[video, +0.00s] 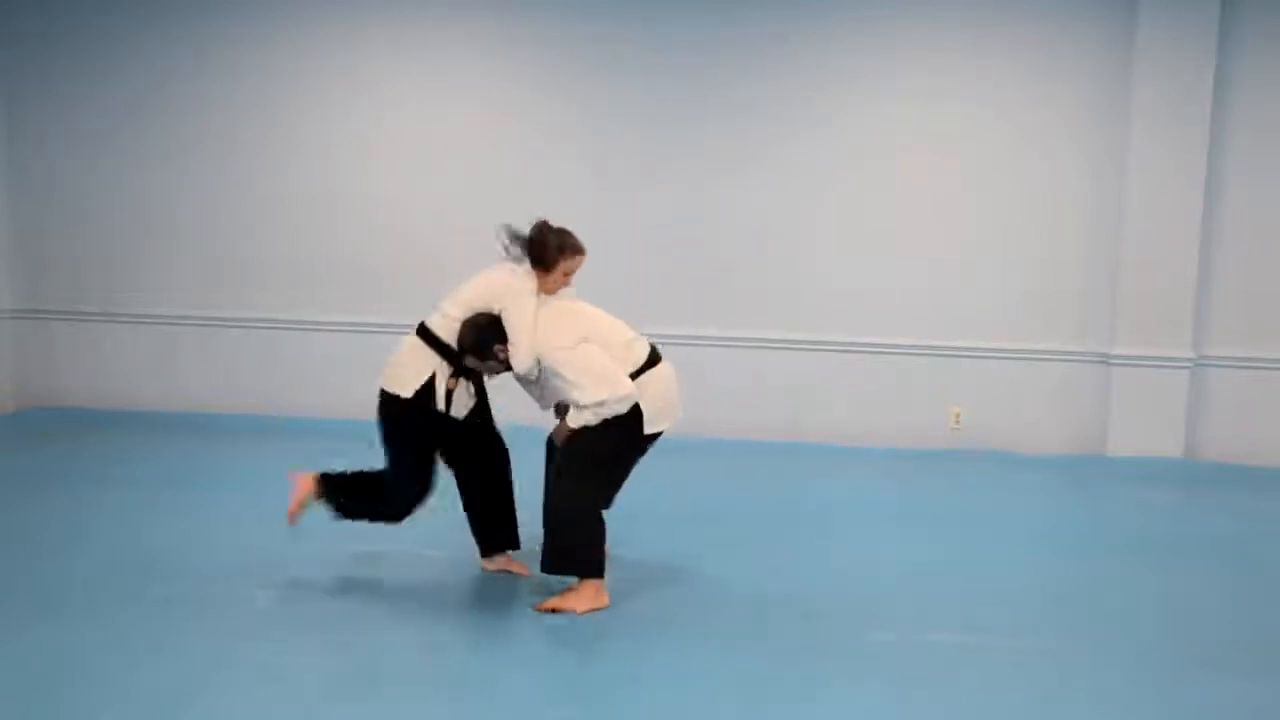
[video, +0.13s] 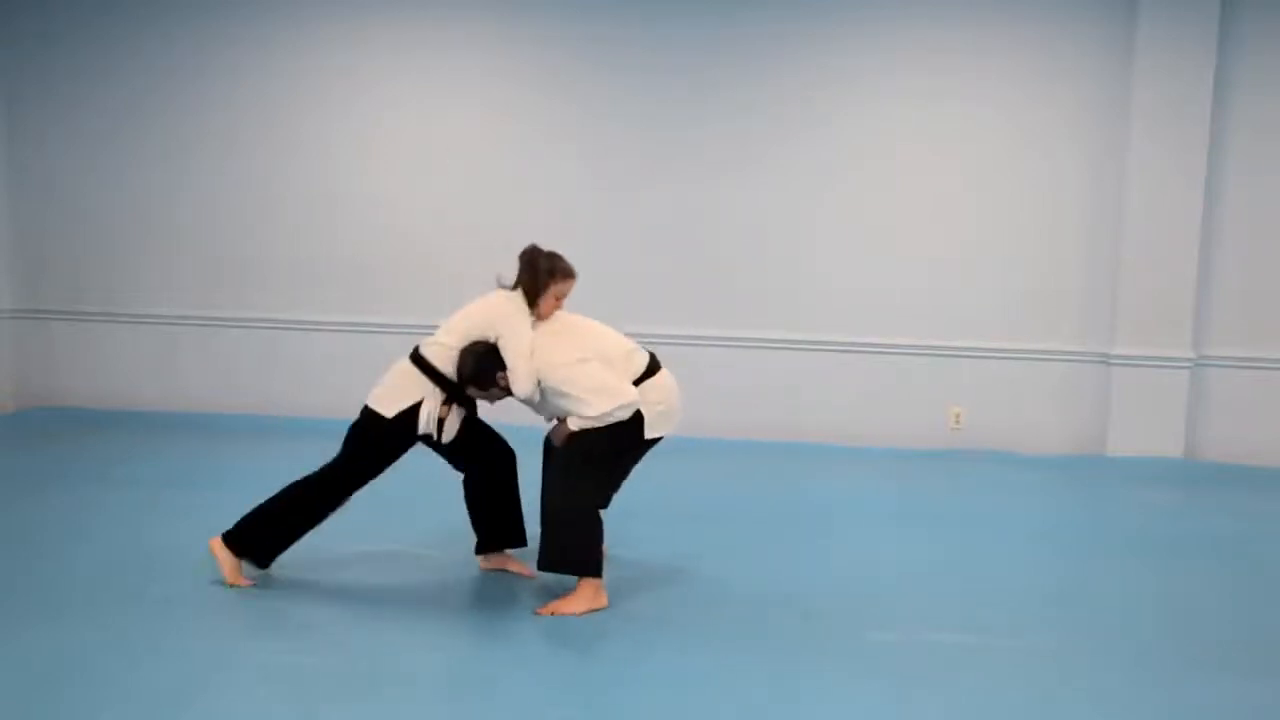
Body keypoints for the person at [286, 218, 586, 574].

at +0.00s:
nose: (571, 282)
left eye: (574, 273)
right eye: (567, 274)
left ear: (546, 264)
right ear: (546, 267)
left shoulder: (527, 287)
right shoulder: (514, 286)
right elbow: (524, 363)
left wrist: (560, 402)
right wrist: (551, 398)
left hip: (460, 388)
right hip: (415, 384)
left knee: (487, 461)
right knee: (405, 491)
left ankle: (495, 553)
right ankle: (320, 487)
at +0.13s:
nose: (562, 306)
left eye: (565, 298)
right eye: (559, 297)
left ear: (537, 287)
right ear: (538, 288)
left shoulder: (514, 308)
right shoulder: (511, 311)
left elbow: (516, 380)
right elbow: (522, 387)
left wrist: (560, 407)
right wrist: (556, 410)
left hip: (439, 405)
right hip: (407, 399)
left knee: (494, 457)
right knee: (340, 479)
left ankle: (494, 550)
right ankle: (233, 544)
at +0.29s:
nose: (549, 305)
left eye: (552, 297)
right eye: (546, 296)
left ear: (521, 291)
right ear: (520, 290)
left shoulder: (497, 321)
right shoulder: (500, 322)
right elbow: (517, 395)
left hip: (444, 421)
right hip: (410, 417)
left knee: (506, 461)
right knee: (338, 489)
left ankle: (500, 553)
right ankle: (229, 549)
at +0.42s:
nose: (550, 256)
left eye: (551, 248)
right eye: (545, 248)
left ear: (519, 247)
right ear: (518, 247)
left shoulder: (504, 281)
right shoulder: (507, 283)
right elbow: (510, 360)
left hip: (466, 393)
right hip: (429, 391)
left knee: (511, 459)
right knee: (387, 490)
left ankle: (501, 553)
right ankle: (282, 533)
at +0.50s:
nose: (535, 230)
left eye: (536, 222)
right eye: (530, 222)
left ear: (508, 219)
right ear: (504, 219)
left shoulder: (493, 256)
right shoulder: (498, 262)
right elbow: (511, 334)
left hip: (473, 379)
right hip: (438, 380)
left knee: (507, 455)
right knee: (448, 481)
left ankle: (500, 553)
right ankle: (362, 514)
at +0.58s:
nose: (524, 216)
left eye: (526, 207)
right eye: (518, 208)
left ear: (498, 206)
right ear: (492, 204)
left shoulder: (497, 241)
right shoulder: (483, 242)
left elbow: (522, 301)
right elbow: (516, 310)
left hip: (465, 364)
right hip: (441, 367)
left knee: (499, 443)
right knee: (508, 432)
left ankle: (499, 551)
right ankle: (450, 487)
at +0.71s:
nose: (532, 215)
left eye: (533, 207)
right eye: (526, 207)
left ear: (506, 204)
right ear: (500, 203)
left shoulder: (499, 238)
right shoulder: (487, 239)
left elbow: (514, 304)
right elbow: (512, 308)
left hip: (454, 348)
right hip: (442, 349)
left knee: (490, 439)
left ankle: (494, 549)